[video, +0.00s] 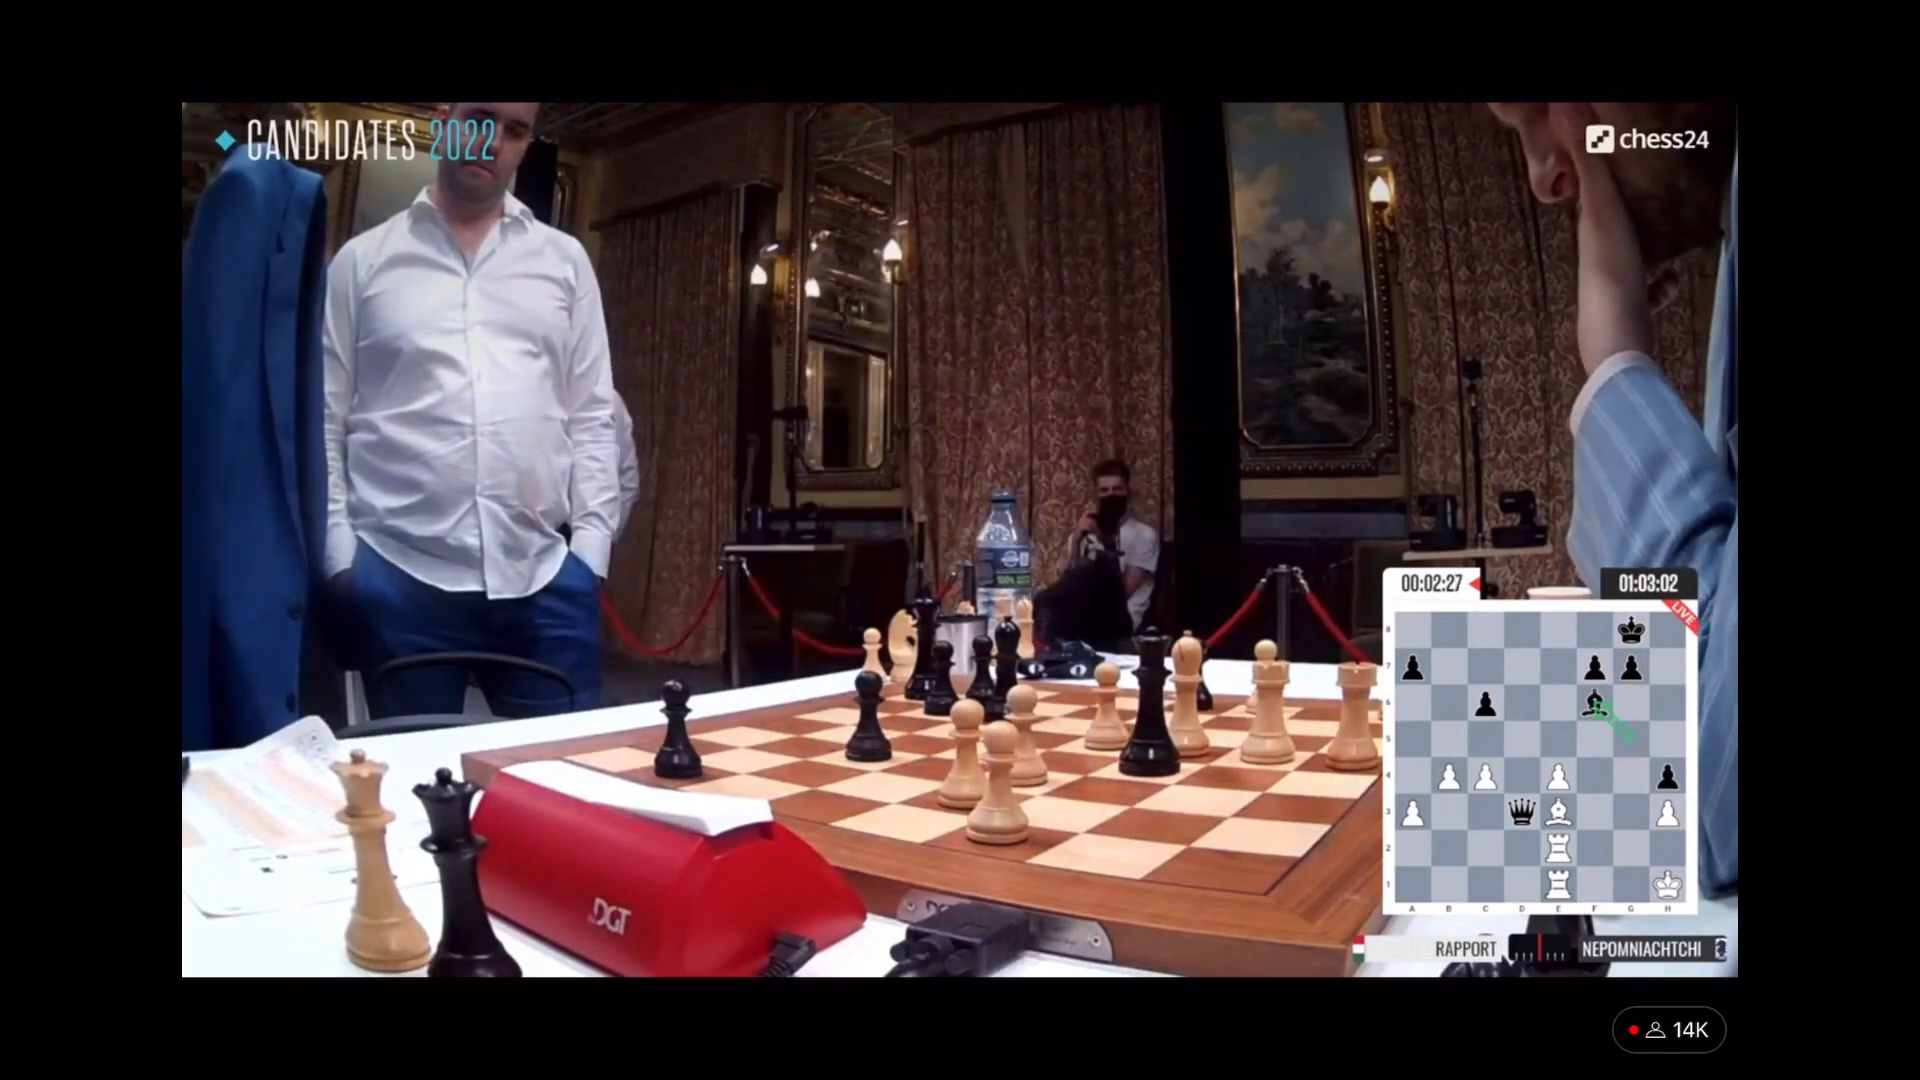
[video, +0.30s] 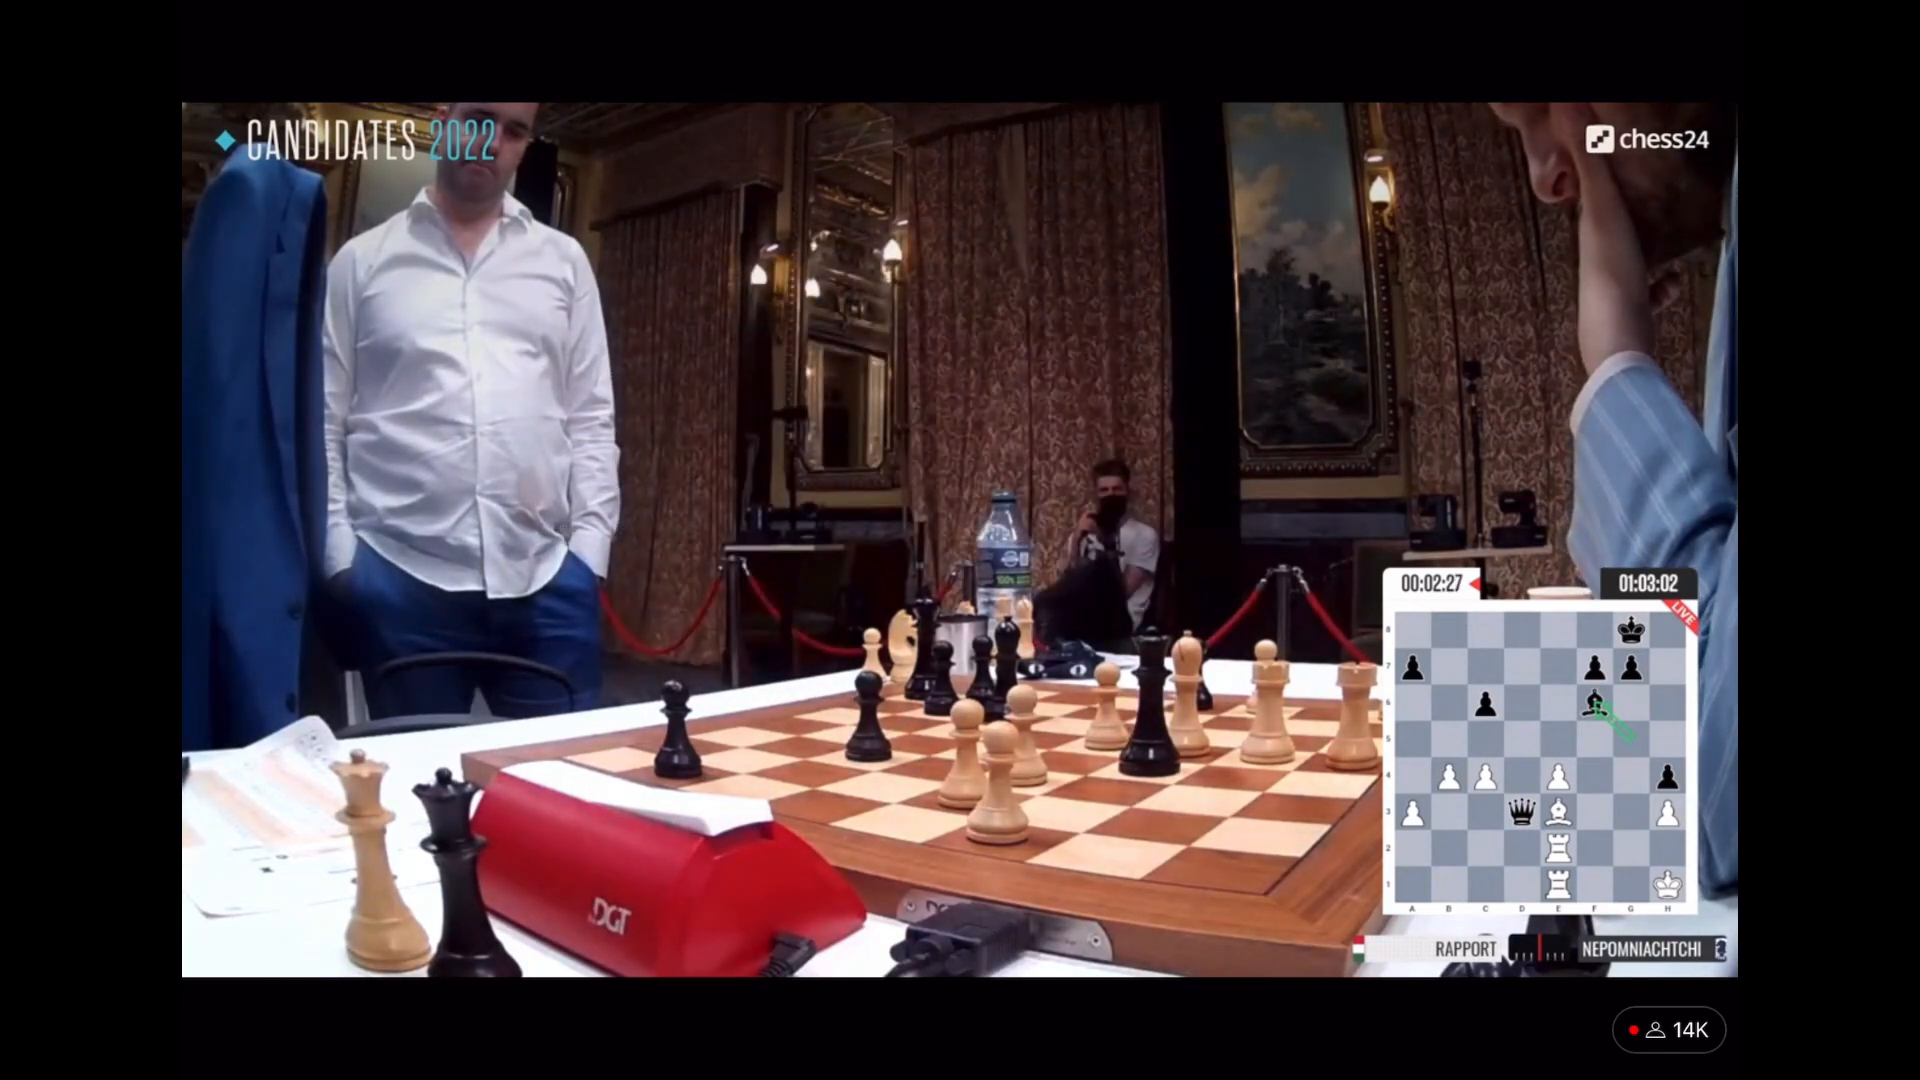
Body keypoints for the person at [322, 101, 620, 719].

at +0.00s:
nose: (489, 144)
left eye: (513, 131)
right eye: (477, 120)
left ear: (529, 146)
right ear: (442, 121)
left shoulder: (564, 260)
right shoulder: (362, 263)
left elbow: (593, 415)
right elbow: (325, 419)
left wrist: (589, 552)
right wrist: (341, 561)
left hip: (546, 584)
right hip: (401, 585)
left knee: (568, 788)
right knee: (415, 790)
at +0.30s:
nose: (489, 144)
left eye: (512, 131)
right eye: (476, 121)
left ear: (528, 146)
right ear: (440, 121)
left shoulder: (563, 261)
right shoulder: (361, 263)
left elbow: (592, 419)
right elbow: (325, 420)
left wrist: (587, 554)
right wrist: (342, 562)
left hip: (548, 585)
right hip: (403, 586)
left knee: (566, 790)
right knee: (418, 792)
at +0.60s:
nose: (488, 146)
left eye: (511, 132)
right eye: (475, 122)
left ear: (528, 146)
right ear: (439, 121)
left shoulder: (561, 261)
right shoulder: (360, 264)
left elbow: (590, 419)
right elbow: (325, 420)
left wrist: (587, 555)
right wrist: (342, 562)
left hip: (546, 583)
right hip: (401, 585)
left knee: (564, 789)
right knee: (425, 791)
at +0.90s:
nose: (487, 146)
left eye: (510, 132)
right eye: (474, 122)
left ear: (526, 147)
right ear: (438, 121)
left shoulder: (559, 262)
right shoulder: (358, 264)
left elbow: (588, 419)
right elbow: (323, 420)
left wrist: (585, 554)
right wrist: (341, 562)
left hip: (544, 583)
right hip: (400, 585)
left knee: (566, 788)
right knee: (415, 791)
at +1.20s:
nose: (484, 146)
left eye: (507, 132)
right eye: (471, 122)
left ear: (523, 147)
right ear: (435, 120)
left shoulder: (552, 261)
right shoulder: (353, 261)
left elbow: (580, 417)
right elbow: (318, 419)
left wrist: (577, 550)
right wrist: (336, 563)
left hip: (537, 580)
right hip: (394, 583)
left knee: (564, 782)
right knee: (411, 788)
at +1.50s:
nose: (483, 146)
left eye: (503, 130)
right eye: (467, 121)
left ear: (517, 144)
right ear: (425, 120)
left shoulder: (536, 259)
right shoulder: (344, 255)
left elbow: (563, 416)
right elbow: (308, 419)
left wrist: (565, 548)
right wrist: (335, 564)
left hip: (528, 580)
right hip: (391, 584)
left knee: (560, 778)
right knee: (411, 786)